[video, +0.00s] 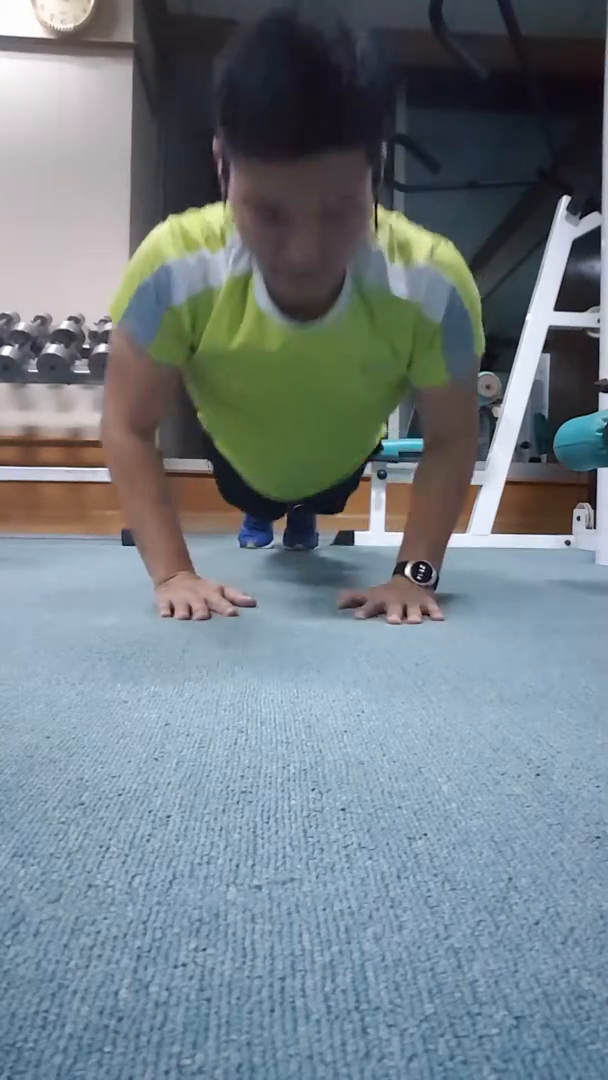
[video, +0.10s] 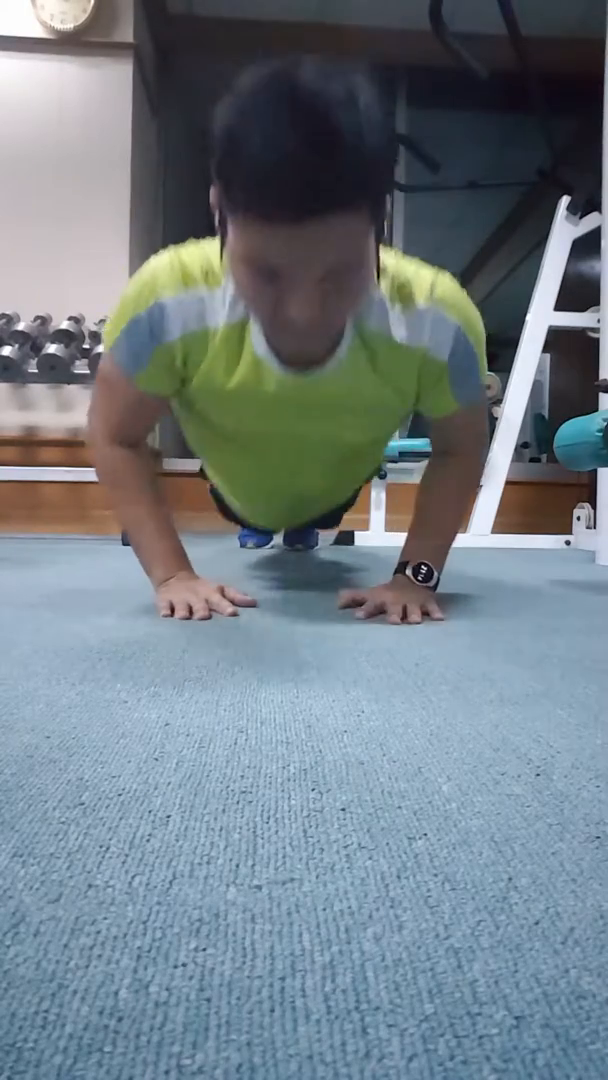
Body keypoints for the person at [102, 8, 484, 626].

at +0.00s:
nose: (306, 248)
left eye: (337, 212)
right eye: (271, 215)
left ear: (376, 171)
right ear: (222, 169)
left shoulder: (428, 275)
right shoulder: (175, 260)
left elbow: (451, 436)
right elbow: (125, 427)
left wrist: (415, 574)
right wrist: (173, 574)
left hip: (339, 463)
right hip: (240, 458)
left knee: (314, 499)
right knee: (256, 498)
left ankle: (301, 519)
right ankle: (260, 518)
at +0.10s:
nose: (303, 308)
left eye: (336, 274)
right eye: (268, 274)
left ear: (380, 219)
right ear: (219, 216)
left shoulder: (435, 315)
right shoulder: (167, 296)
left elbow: (459, 448)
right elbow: (114, 439)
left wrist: (416, 575)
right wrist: (172, 574)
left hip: (336, 487)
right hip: (235, 484)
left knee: (317, 515)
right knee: (250, 516)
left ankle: (304, 531)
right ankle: (259, 528)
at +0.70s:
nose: (308, 534)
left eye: (342, 501)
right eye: (272, 504)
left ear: (384, 450)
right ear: (221, 448)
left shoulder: (448, 443)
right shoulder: (156, 444)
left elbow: (489, 456)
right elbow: (91, 442)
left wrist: (419, 576)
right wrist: (172, 574)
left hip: (362, 565)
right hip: (229, 561)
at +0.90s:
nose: (317, 351)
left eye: (348, 314)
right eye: (280, 319)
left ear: (386, 272)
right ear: (222, 269)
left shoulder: (442, 341)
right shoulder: (162, 345)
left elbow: (480, 452)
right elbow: (106, 446)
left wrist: (417, 577)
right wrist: (174, 575)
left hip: (344, 506)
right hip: (232, 510)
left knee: (329, 533)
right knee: (246, 535)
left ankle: (303, 551)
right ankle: (262, 547)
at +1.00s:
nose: (317, 261)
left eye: (350, 224)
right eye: (281, 228)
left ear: (387, 192)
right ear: (227, 192)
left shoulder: (433, 288)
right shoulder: (174, 288)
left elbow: (471, 442)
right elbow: (117, 436)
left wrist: (418, 576)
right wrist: (175, 575)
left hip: (342, 484)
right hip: (236, 491)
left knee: (324, 515)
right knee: (251, 525)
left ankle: (313, 531)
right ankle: (268, 533)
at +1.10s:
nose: (318, 189)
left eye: (348, 152)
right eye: (283, 154)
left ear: (384, 128)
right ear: (232, 132)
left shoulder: (428, 249)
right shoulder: (183, 244)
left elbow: (451, 427)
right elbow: (138, 423)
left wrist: (415, 577)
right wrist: (176, 576)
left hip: (340, 464)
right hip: (238, 464)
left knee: (315, 504)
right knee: (253, 506)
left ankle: (301, 520)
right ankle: (261, 520)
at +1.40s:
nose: (305, 190)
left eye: (337, 150)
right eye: (270, 152)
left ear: (375, 136)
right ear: (225, 140)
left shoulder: (424, 261)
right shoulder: (184, 249)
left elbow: (451, 434)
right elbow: (136, 419)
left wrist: (416, 577)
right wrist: (168, 575)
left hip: (340, 466)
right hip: (240, 463)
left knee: (315, 501)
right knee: (255, 500)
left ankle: (302, 521)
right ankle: (260, 519)